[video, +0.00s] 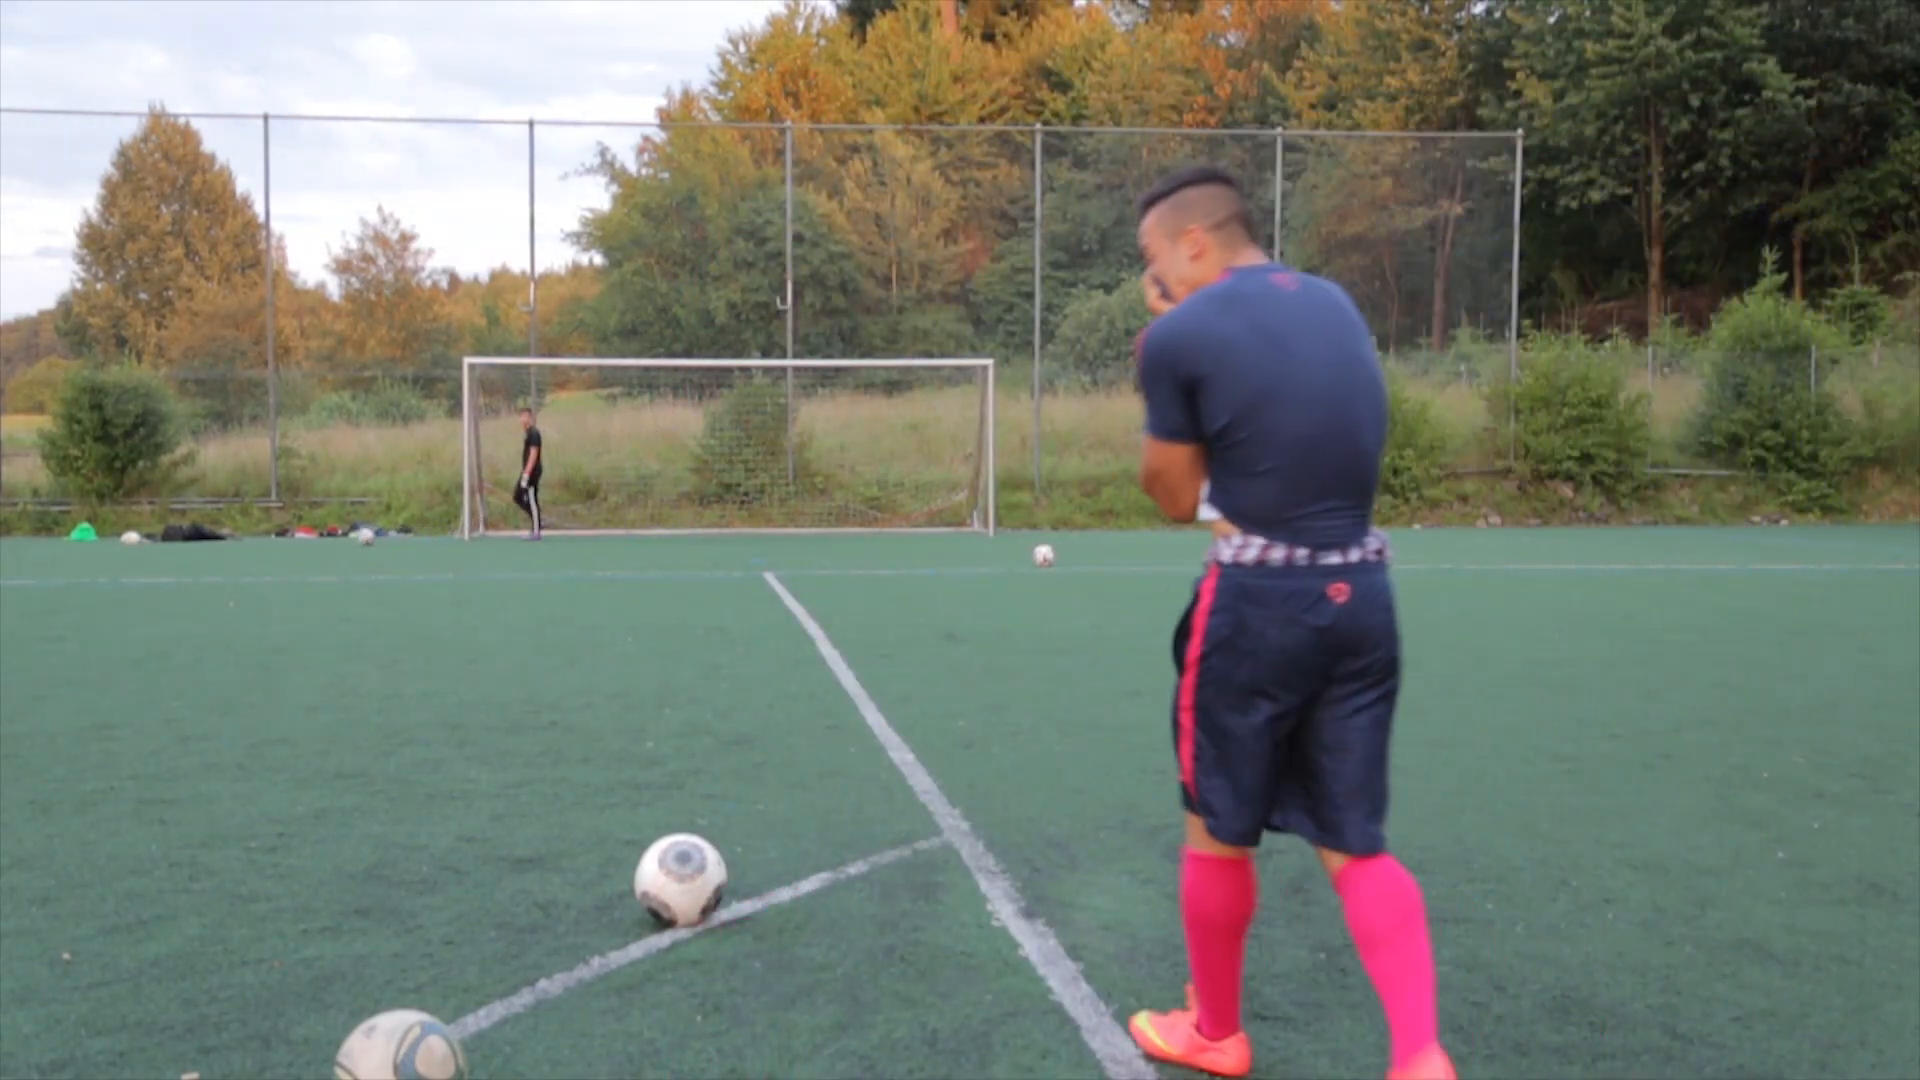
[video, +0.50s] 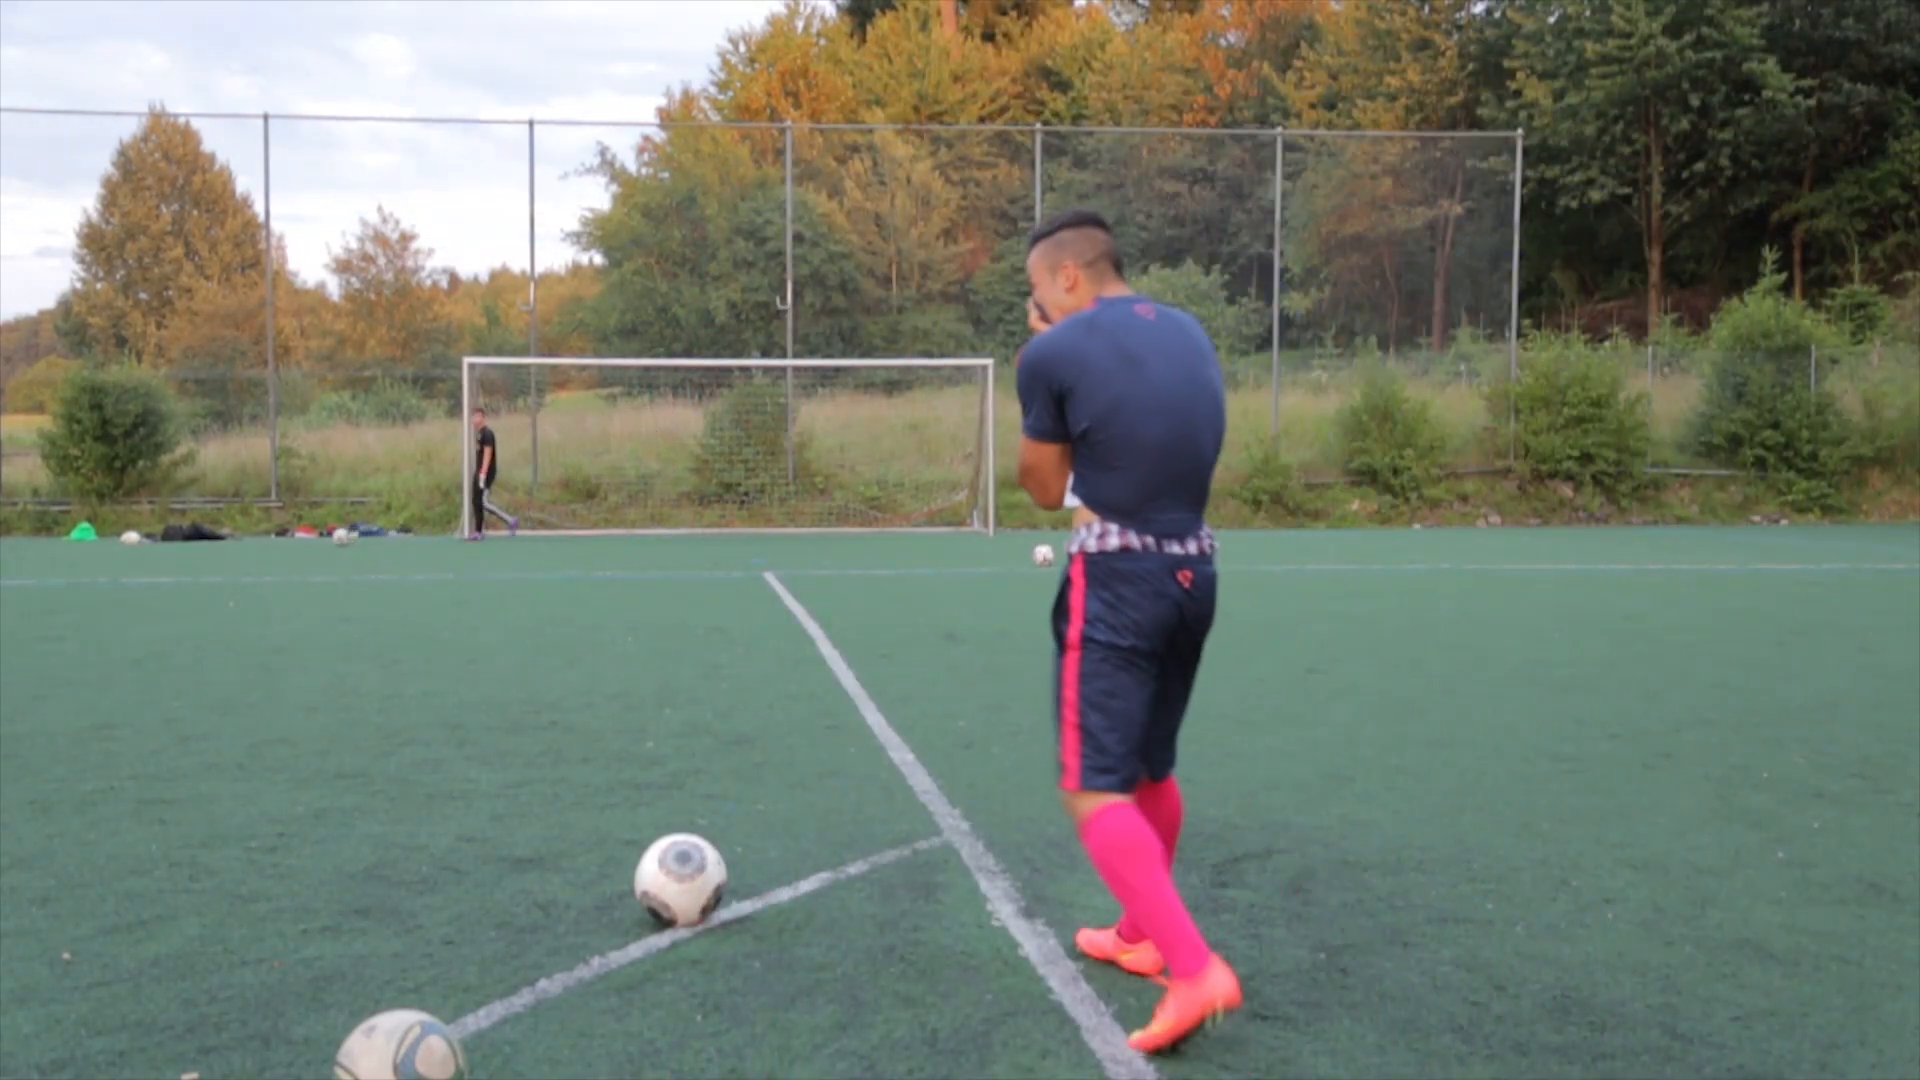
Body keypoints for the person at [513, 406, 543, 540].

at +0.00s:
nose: (522, 420)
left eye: (525, 417)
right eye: (521, 417)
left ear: (531, 418)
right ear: (521, 419)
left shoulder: (533, 434)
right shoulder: (529, 434)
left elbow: (533, 456)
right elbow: (530, 456)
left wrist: (526, 475)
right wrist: (525, 473)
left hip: (532, 471)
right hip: (527, 470)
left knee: (531, 499)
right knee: (518, 497)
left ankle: (536, 530)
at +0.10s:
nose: (515, 420)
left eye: (517, 417)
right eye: (514, 417)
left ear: (522, 418)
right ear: (513, 419)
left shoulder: (526, 434)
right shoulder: (520, 434)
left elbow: (524, 455)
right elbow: (521, 455)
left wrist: (512, 472)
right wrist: (515, 471)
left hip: (525, 470)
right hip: (519, 470)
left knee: (529, 501)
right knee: (507, 497)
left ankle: (535, 531)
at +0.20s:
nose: (505, 421)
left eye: (507, 418)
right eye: (503, 418)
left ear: (512, 419)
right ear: (503, 420)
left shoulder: (516, 435)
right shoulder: (510, 435)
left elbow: (515, 455)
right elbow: (512, 456)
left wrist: (502, 471)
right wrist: (503, 471)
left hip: (516, 470)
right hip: (509, 471)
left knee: (524, 501)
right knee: (501, 502)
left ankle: (534, 531)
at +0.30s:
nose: (496, 422)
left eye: (498, 419)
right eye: (494, 419)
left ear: (503, 420)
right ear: (493, 421)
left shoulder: (507, 436)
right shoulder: (501, 436)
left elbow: (506, 457)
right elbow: (502, 457)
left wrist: (492, 473)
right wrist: (495, 473)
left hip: (507, 473)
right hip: (499, 473)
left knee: (517, 502)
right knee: (491, 502)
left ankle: (533, 529)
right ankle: (482, 531)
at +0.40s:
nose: (485, 421)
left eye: (487, 418)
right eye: (484, 418)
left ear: (493, 419)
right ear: (484, 420)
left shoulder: (497, 436)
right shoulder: (490, 436)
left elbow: (495, 458)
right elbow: (492, 458)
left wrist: (487, 476)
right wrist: (487, 474)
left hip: (496, 473)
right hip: (488, 473)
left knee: (502, 503)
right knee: (481, 502)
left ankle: (526, 526)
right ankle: (479, 531)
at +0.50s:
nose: (474, 420)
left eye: (477, 417)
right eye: (474, 417)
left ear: (483, 418)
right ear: (473, 419)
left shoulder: (487, 434)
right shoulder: (480, 434)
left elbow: (487, 455)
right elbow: (482, 455)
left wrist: (483, 474)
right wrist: (478, 472)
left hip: (486, 472)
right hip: (479, 471)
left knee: (483, 502)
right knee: (477, 501)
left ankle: (510, 521)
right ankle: (478, 531)